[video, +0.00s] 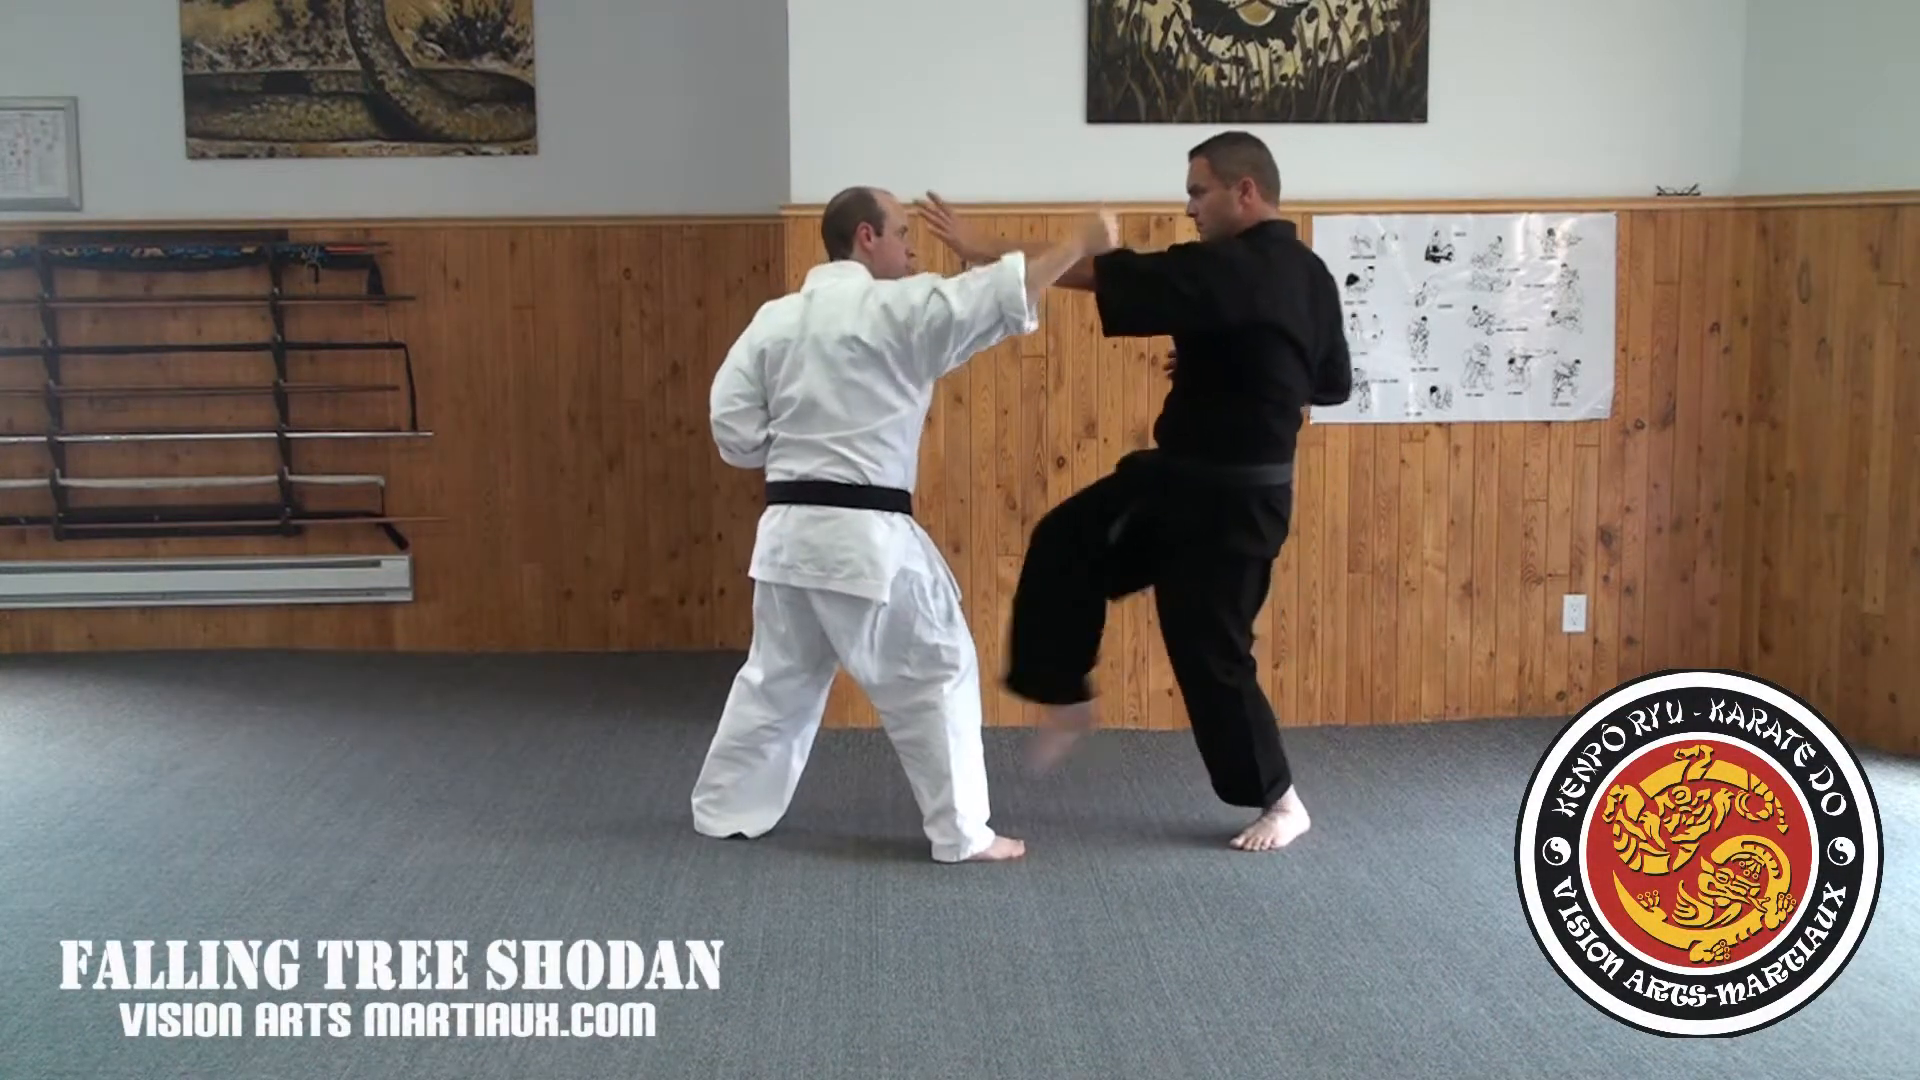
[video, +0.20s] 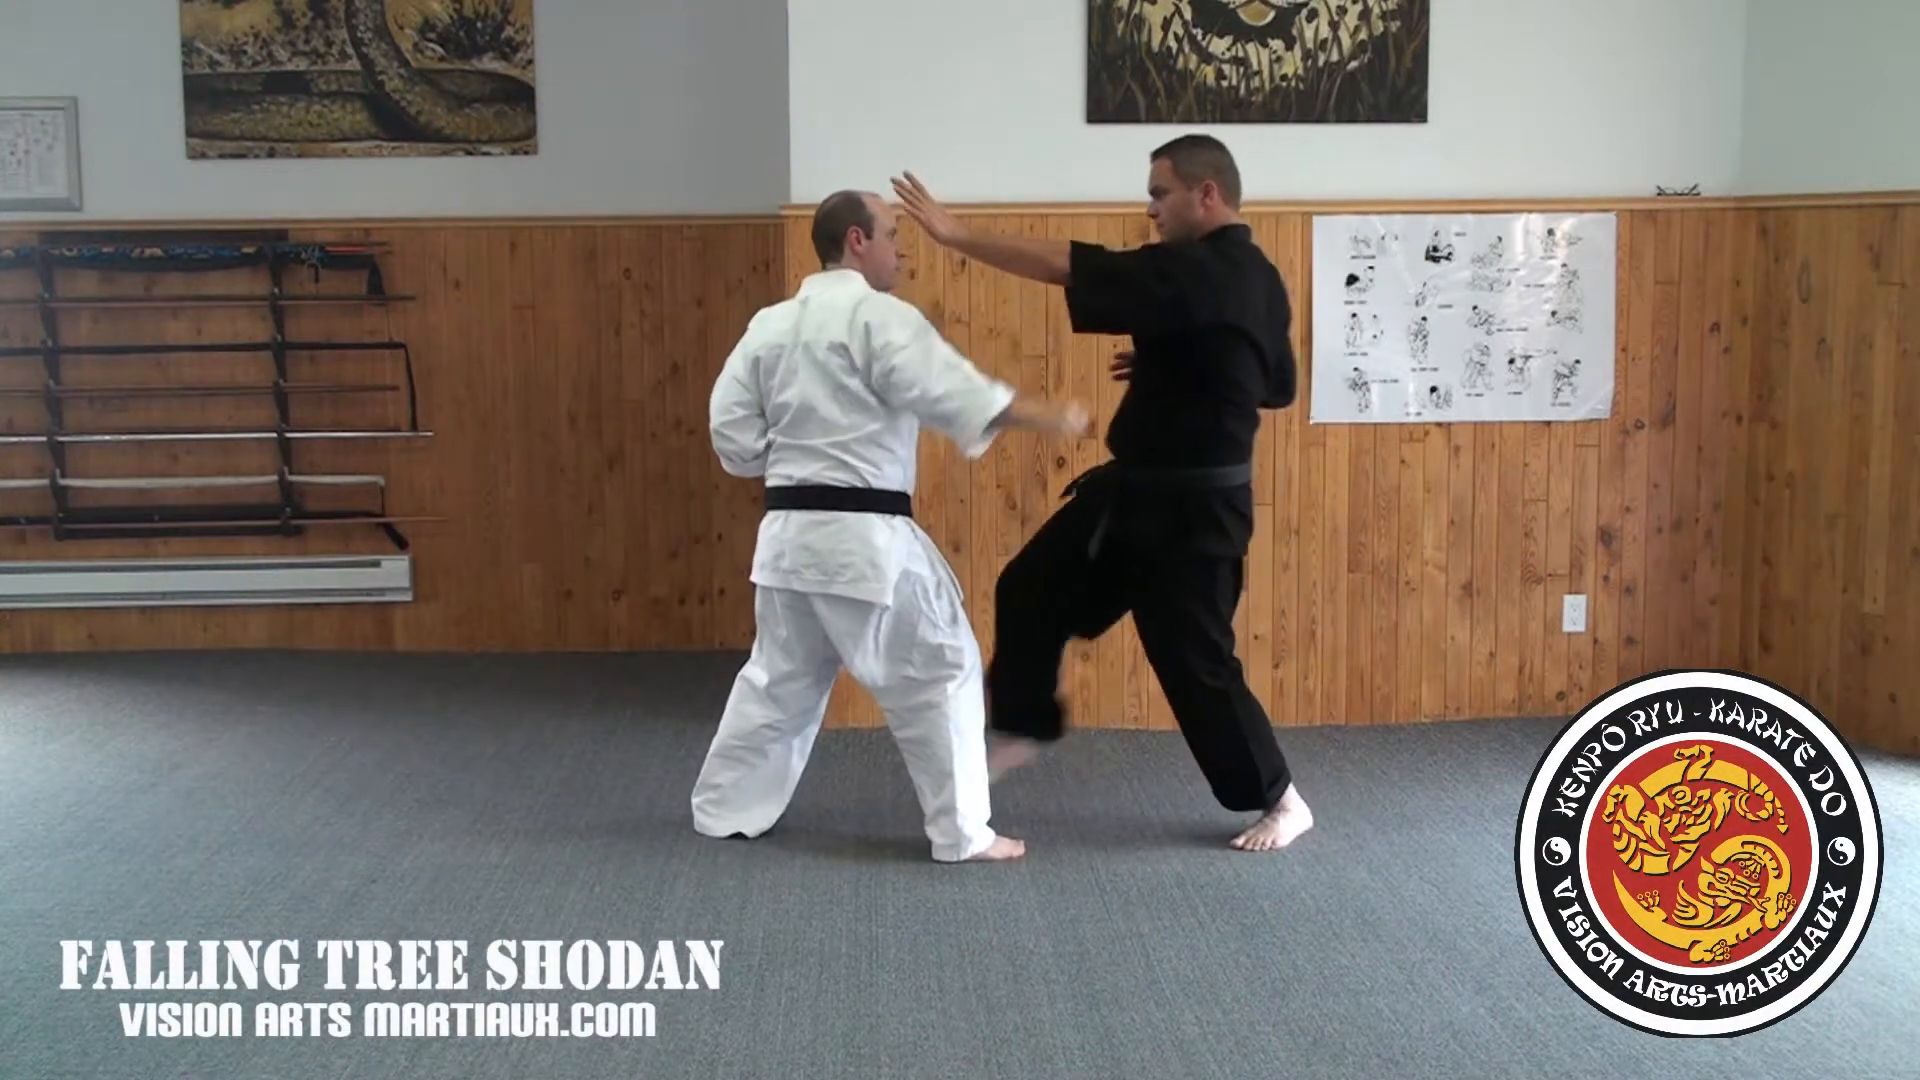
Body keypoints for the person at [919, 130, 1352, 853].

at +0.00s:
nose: (1191, 208)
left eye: (1199, 193)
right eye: (1190, 194)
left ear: (1247, 191)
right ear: (1256, 196)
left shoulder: (1223, 264)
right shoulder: (1309, 272)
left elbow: (1101, 273)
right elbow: (1330, 384)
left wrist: (984, 252)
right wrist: (1228, 364)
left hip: (1217, 491)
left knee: (1209, 649)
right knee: (1063, 545)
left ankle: (1280, 802)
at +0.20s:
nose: (1151, 211)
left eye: (1160, 196)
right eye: (1151, 196)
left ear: (1208, 195)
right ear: (1213, 199)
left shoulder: (1202, 267)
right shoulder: (1253, 271)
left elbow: (1076, 264)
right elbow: (1272, 384)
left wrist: (955, 234)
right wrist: (1161, 363)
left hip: (1191, 497)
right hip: (1139, 488)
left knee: (1195, 659)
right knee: (1029, 590)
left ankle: (1281, 802)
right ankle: (1020, 728)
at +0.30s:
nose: (1123, 213)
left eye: (1134, 200)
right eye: (1123, 201)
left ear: (1181, 201)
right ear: (1182, 204)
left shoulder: (1187, 276)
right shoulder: (1207, 277)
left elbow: (1050, 262)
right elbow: (1231, 384)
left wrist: (941, 223)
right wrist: (1126, 366)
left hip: (1165, 504)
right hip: (1107, 496)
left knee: (1182, 666)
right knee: (1021, 644)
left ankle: (1280, 798)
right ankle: (941, 773)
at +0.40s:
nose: (1090, 222)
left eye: (1101, 208)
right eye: (1091, 209)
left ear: (1150, 214)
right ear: (1148, 215)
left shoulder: (1154, 288)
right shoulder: (1129, 286)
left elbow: (1031, 267)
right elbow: (1152, 392)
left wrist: (933, 209)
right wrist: (1076, 372)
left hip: (1128, 514)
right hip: (1066, 508)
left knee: (1158, 669)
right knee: (993, 651)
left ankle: (1268, 790)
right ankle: (938, 784)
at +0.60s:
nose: (1043, 220)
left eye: (1055, 207)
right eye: (1043, 207)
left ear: (1104, 214)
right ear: (1088, 215)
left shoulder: (1131, 293)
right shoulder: (1060, 291)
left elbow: (1025, 293)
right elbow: (1036, 395)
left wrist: (955, 206)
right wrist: (989, 347)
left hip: (1102, 515)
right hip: (1023, 508)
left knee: (1142, 664)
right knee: (957, 648)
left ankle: (1227, 790)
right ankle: (922, 795)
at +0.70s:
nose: (1036, 216)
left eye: (1050, 205)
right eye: (1038, 204)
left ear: (1099, 210)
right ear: (1076, 210)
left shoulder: (1136, 290)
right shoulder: (1033, 286)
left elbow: (1044, 349)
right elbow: (947, 353)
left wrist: (978, 277)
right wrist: (959, 276)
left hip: (1107, 513)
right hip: (1021, 508)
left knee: (1157, 662)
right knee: (963, 653)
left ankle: (1236, 797)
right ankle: (923, 795)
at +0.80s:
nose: (1035, 213)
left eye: (1048, 205)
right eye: (1036, 201)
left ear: (1095, 215)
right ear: (1039, 201)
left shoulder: (1133, 286)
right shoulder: (1014, 268)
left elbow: (1071, 376)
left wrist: (1004, 330)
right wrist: (994, 186)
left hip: (1116, 509)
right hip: (1027, 504)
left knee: (1165, 659)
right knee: (970, 650)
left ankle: (1236, 801)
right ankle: (924, 794)